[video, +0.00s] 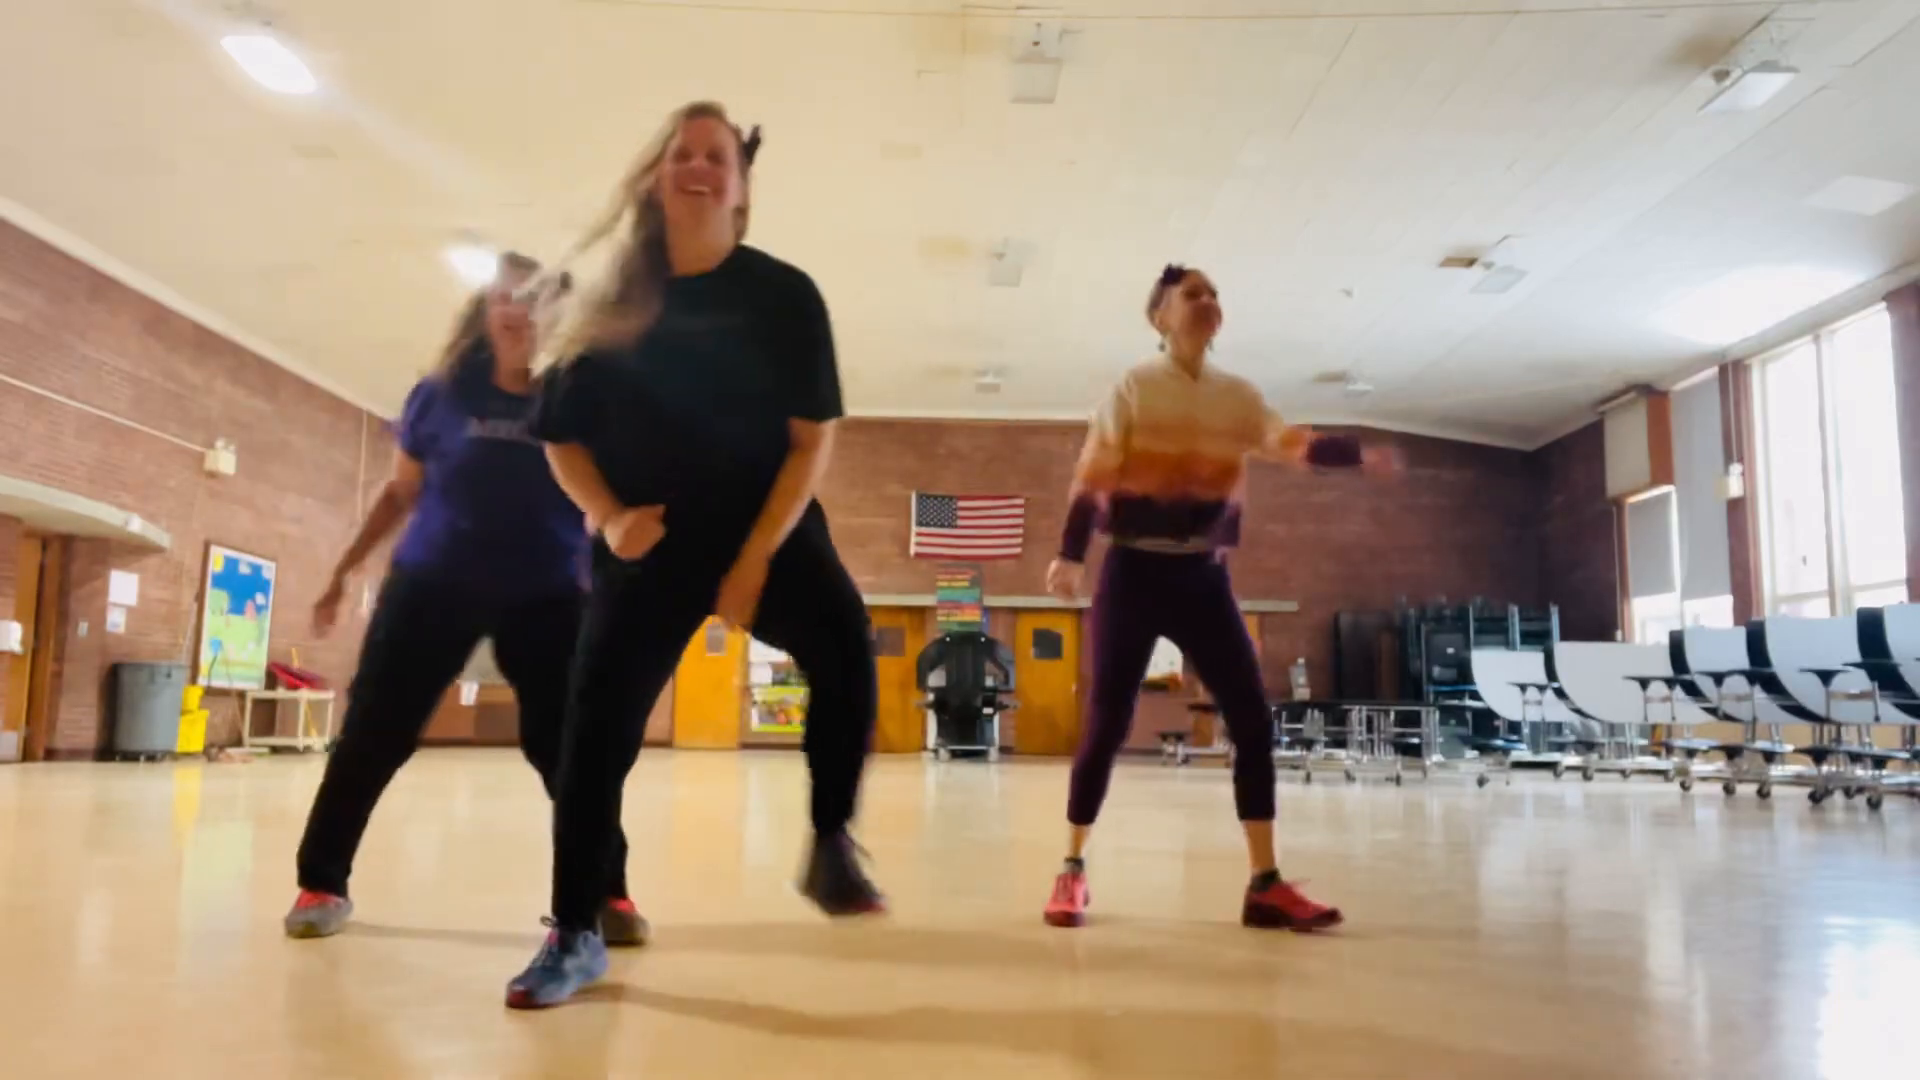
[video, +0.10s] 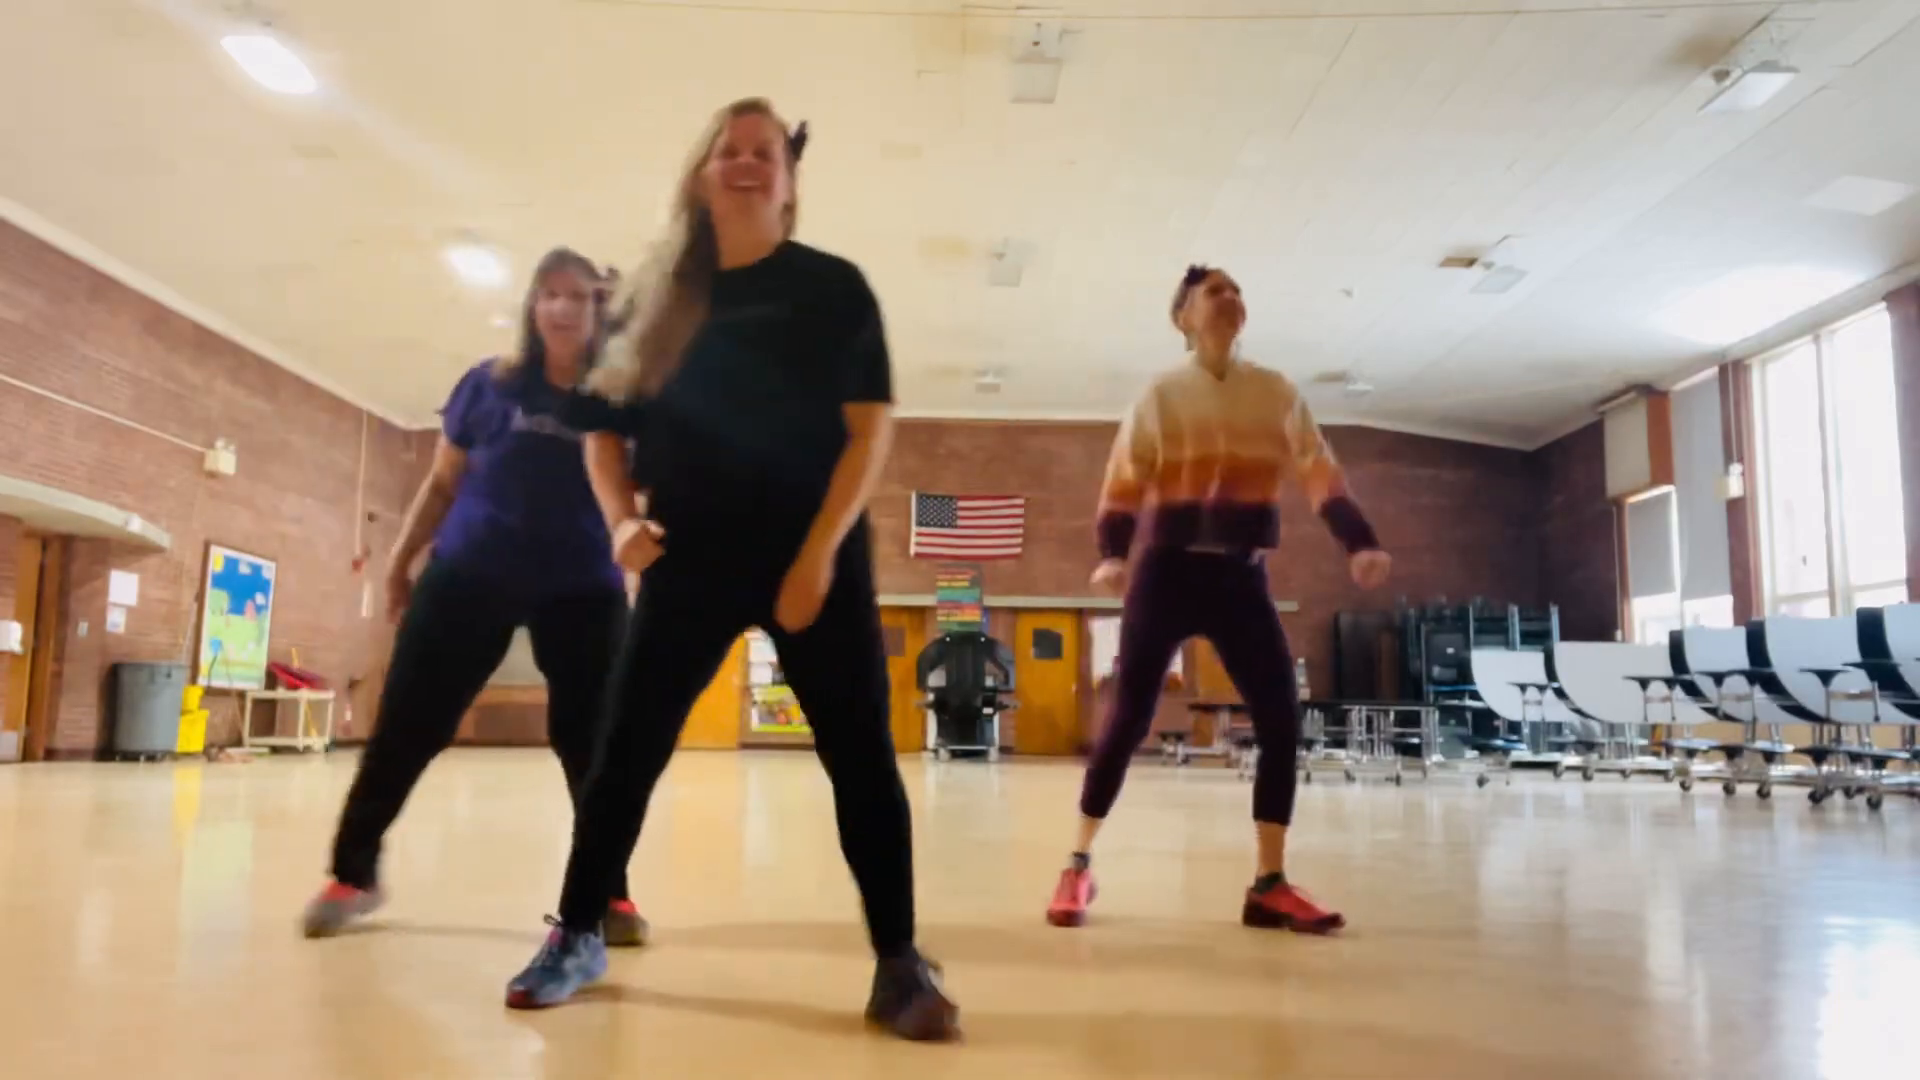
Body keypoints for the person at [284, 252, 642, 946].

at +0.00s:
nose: (516, 314)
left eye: (530, 302)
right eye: (505, 301)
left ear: (553, 314)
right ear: (484, 311)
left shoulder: (572, 403)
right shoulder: (440, 396)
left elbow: (609, 498)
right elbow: (400, 492)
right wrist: (344, 571)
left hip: (543, 594)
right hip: (436, 587)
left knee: (565, 744)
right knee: (375, 731)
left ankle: (608, 892)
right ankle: (321, 886)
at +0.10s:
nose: (562, 307)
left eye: (576, 296)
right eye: (551, 294)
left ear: (600, 309)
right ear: (531, 304)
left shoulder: (619, 398)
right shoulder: (489, 384)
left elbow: (640, 492)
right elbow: (441, 481)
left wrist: (641, 561)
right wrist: (397, 563)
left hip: (579, 583)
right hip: (473, 573)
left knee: (591, 740)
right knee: (407, 722)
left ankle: (609, 894)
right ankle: (354, 875)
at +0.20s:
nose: (597, 305)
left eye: (612, 295)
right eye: (584, 293)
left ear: (636, 307)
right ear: (566, 305)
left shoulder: (658, 392)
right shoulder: (524, 378)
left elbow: (695, 484)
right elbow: (474, 469)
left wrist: (690, 513)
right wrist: (424, 542)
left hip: (603, 583)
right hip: (501, 569)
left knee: (596, 736)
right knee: (459, 709)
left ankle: (603, 904)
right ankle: (459, 858)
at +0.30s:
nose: (618, 306)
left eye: (632, 295)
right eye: (606, 294)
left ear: (657, 309)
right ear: (589, 307)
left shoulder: (681, 407)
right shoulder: (547, 382)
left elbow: (721, 502)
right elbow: (496, 470)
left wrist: (758, 561)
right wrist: (447, 530)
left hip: (624, 590)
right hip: (528, 578)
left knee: (609, 737)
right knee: (521, 719)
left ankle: (609, 892)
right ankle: (565, 842)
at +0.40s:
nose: (631, 312)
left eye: (644, 303)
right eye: (620, 301)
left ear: (665, 318)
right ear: (599, 314)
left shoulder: (690, 410)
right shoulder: (557, 393)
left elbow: (728, 510)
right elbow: (512, 478)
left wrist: (761, 595)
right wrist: (478, 530)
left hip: (646, 595)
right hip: (554, 586)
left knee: (619, 737)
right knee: (571, 731)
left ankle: (605, 895)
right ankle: (631, 862)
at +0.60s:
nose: (628, 324)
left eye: (637, 312)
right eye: (613, 315)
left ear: (657, 321)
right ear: (594, 328)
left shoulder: (701, 400)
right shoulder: (573, 414)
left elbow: (741, 495)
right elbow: (544, 503)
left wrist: (751, 573)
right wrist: (541, 534)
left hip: (692, 587)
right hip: (600, 592)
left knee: (676, 728)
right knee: (609, 736)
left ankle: (665, 882)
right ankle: (629, 877)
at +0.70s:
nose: (638, 318)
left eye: (647, 306)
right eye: (624, 310)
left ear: (669, 315)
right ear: (606, 326)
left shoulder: (715, 396)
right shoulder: (585, 412)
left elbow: (762, 484)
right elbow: (559, 497)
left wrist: (773, 552)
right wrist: (556, 507)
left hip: (707, 582)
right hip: (613, 589)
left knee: (703, 722)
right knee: (619, 738)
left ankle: (729, 872)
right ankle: (637, 877)